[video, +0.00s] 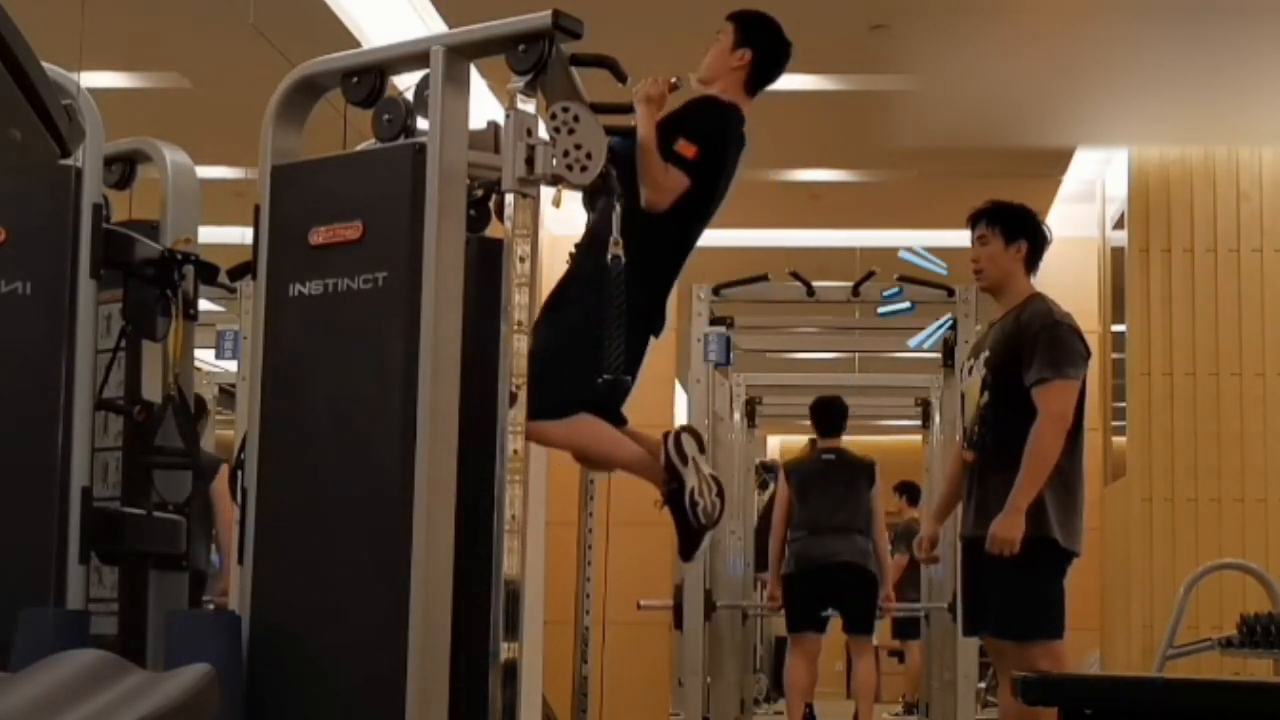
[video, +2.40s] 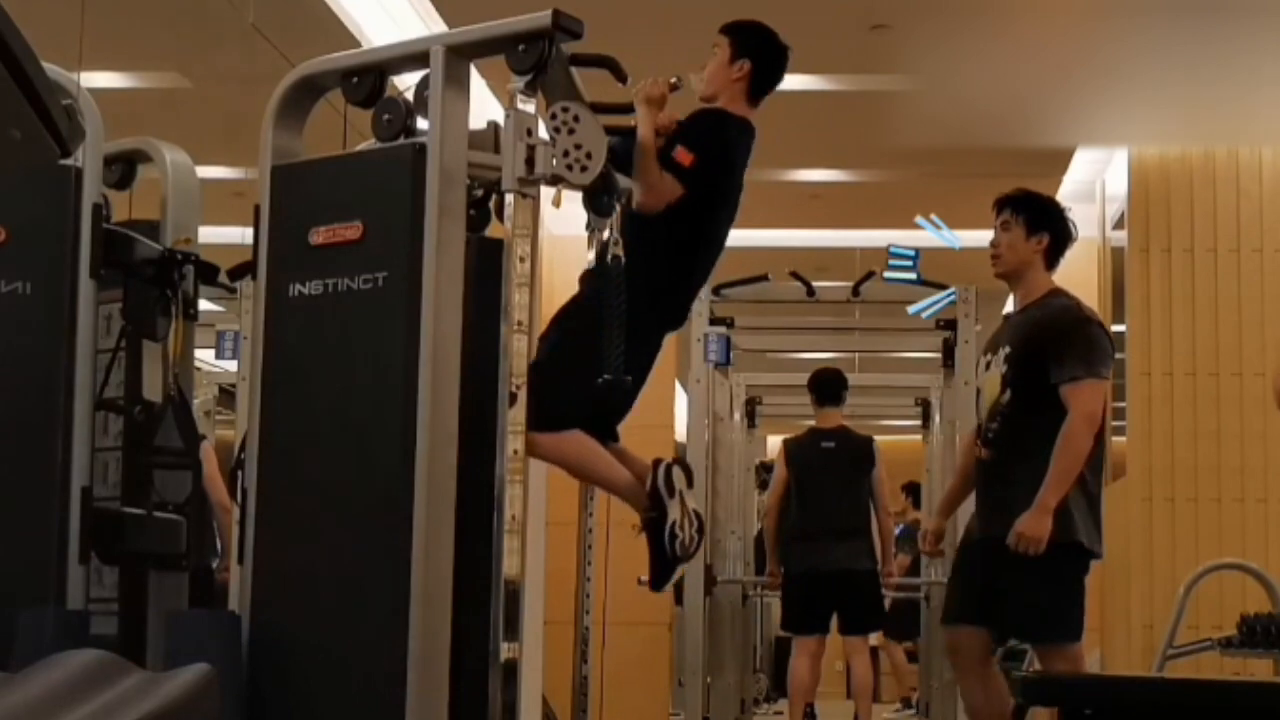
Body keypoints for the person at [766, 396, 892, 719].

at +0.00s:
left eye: (817, 420)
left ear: (812, 425)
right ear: (845, 425)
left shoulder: (791, 469)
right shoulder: (866, 469)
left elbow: (777, 529)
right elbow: (878, 532)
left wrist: (773, 578)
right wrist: (887, 583)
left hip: (806, 573)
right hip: (855, 572)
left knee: (802, 649)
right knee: (862, 649)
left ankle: (797, 715)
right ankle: (864, 715)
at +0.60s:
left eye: (818, 473)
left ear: (814, 477)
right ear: (847, 477)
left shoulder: (795, 514)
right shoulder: (868, 514)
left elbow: (780, 574)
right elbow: (881, 575)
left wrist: (780, 620)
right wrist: (887, 630)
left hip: (807, 589)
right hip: (858, 588)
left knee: (799, 651)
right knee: (866, 654)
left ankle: (796, 715)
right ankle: (865, 715)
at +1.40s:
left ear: (818, 428)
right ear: (850, 428)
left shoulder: (796, 473)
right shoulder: (871, 472)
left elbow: (782, 535)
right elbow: (882, 534)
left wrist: (774, 586)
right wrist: (889, 587)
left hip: (806, 574)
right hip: (856, 573)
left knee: (802, 649)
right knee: (862, 649)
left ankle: (796, 715)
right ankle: (865, 714)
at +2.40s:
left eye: (814, 396)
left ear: (811, 399)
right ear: (845, 398)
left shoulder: (790, 448)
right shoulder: (866, 447)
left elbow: (771, 509)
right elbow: (884, 510)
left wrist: (772, 559)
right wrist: (888, 560)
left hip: (806, 567)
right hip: (855, 566)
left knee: (805, 649)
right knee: (858, 650)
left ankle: (797, 716)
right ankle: (863, 715)